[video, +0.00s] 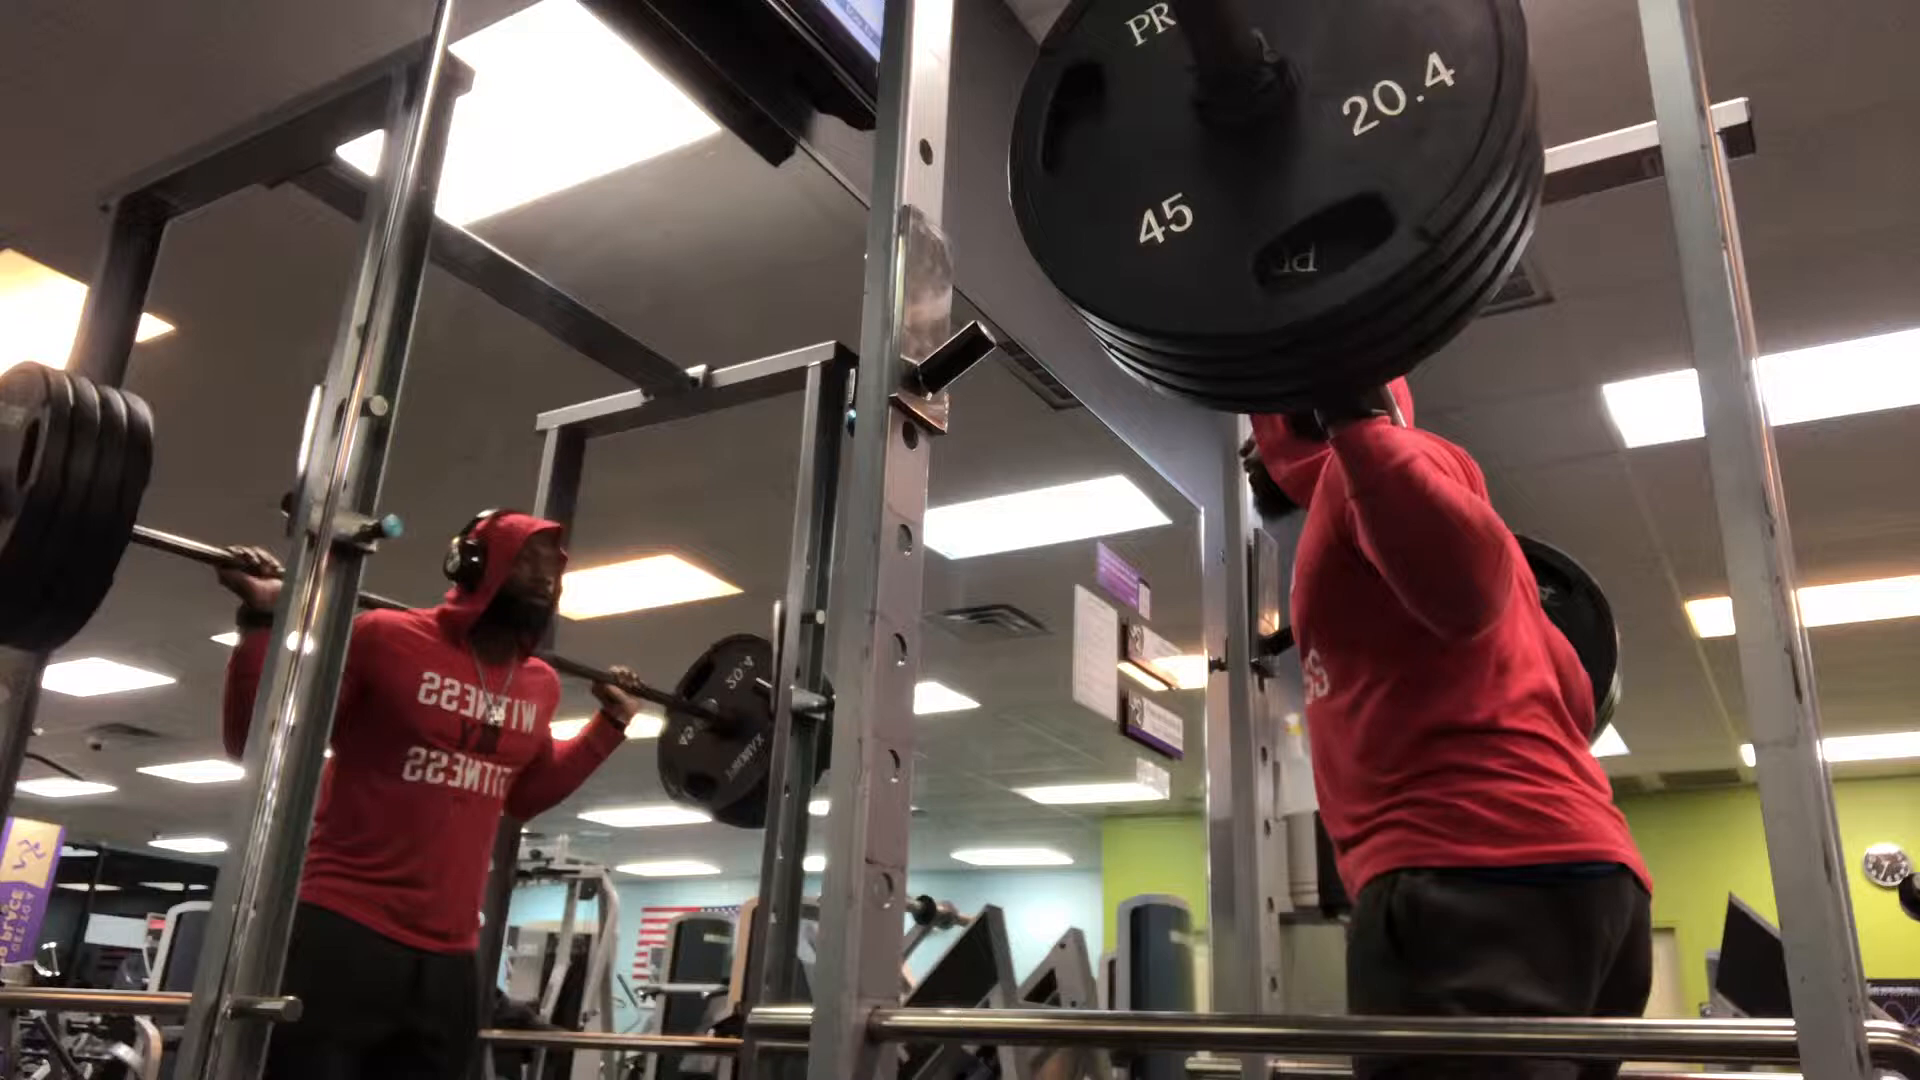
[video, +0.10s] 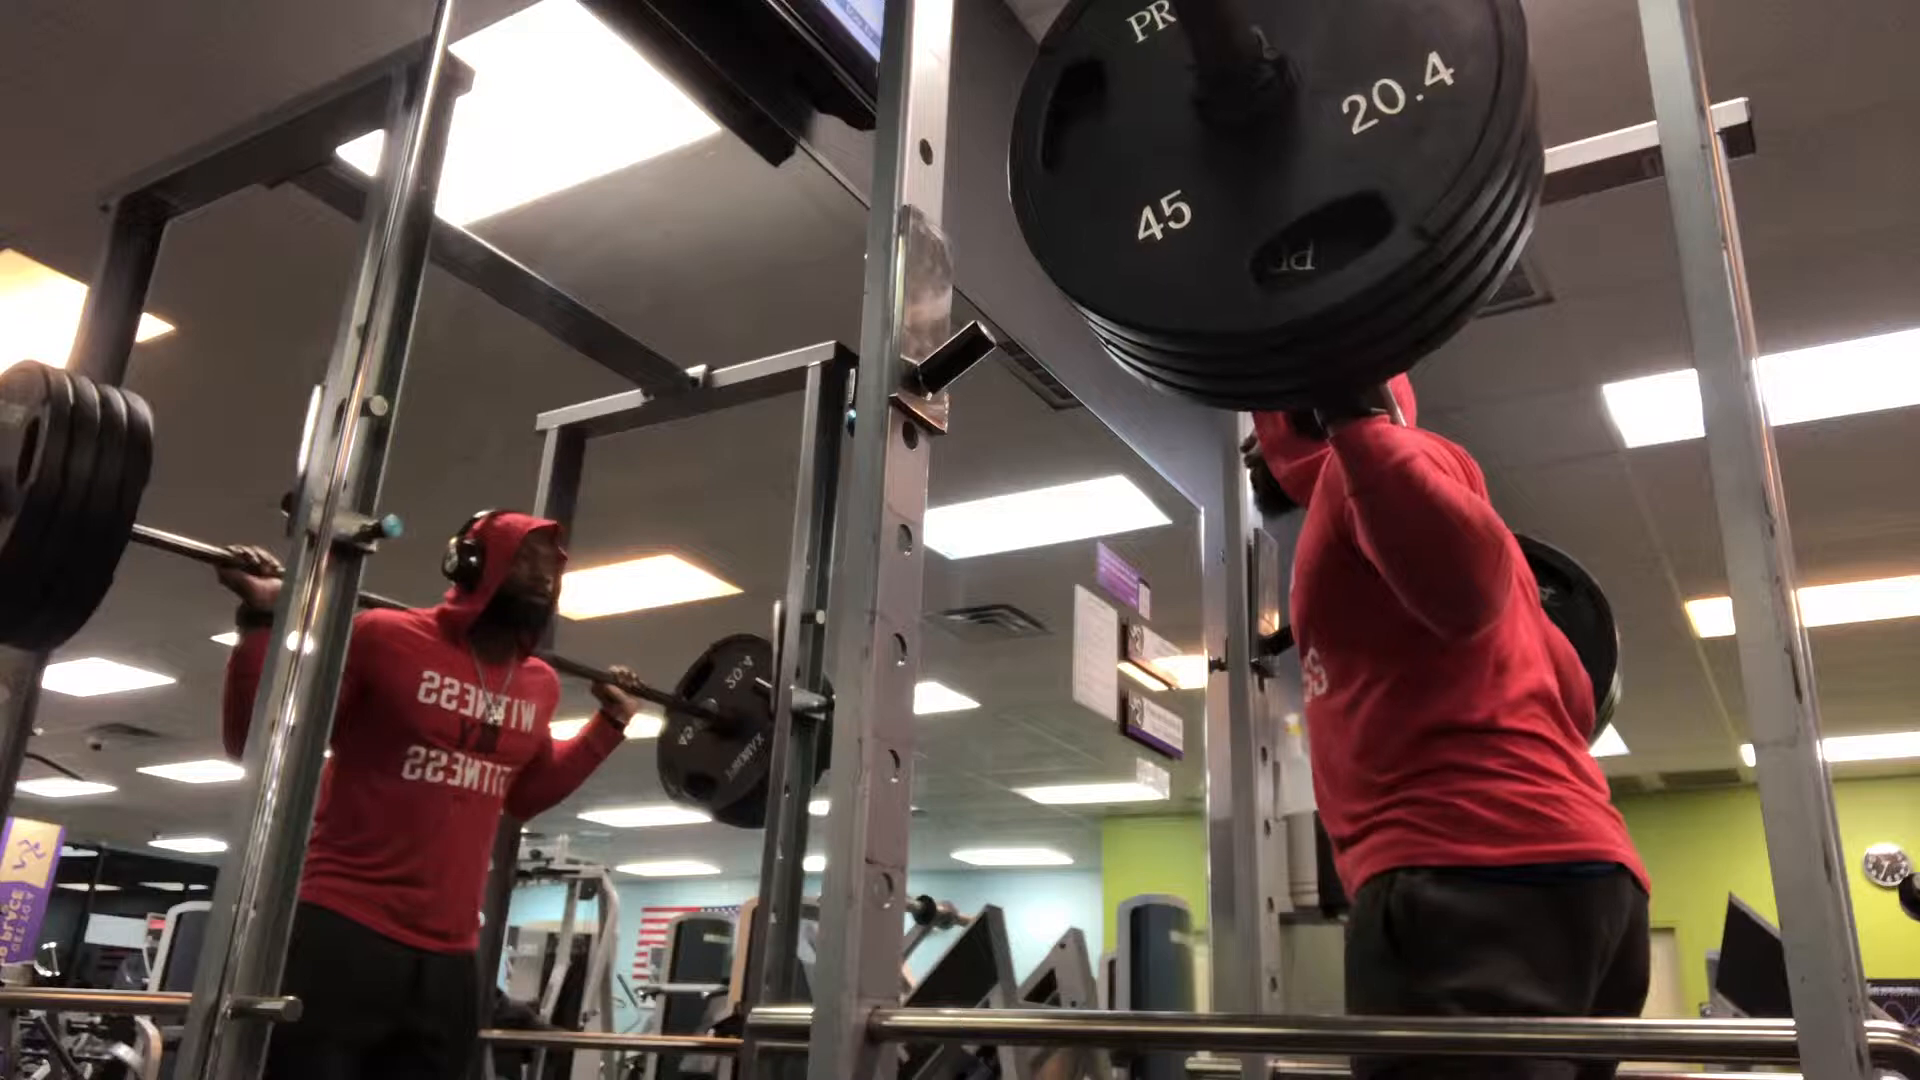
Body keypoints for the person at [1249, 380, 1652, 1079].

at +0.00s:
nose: (1252, 433)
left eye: (1262, 407)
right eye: (1251, 410)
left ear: (1305, 405)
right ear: (1393, 395)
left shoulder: (1385, 466)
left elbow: (1469, 590)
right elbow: (1574, 687)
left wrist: (1358, 417)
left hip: (1469, 879)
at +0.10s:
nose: (1254, 433)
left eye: (1263, 408)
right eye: (1253, 411)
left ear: (1302, 404)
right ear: (1399, 396)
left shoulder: (1384, 465)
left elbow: (1468, 589)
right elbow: (1574, 688)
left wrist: (1357, 417)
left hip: (1466, 878)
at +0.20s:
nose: (1251, 431)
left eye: (1262, 404)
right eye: (1252, 408)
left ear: (1305, 401)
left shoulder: (1384, 464)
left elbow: (1466, 587)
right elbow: (1574, 684)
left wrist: (1357, 414)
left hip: (1469, 880)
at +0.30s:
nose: (1252, 431)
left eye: (1263, 403)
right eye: (1250, 405)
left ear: (1308, 401)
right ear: (1391, 388)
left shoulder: (1386, 461)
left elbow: (1469, 584)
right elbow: (1578, 678)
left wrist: (1358, 411)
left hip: (1484, 885)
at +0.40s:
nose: (1253, 434)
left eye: (1265, 408)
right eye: (1252, 411)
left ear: (1310, 403)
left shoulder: (1394, 460)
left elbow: (1478, 585)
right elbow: (1580, 673)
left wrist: (1361, 414)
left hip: (1494, 885)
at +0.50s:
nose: (1248, 432)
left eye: (1258, 406)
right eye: (1247, 408)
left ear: (1303, 406)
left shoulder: (1397, 465)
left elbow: (1476, 592)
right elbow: (1582, 675)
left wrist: (1360, 419)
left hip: (1500, 891)